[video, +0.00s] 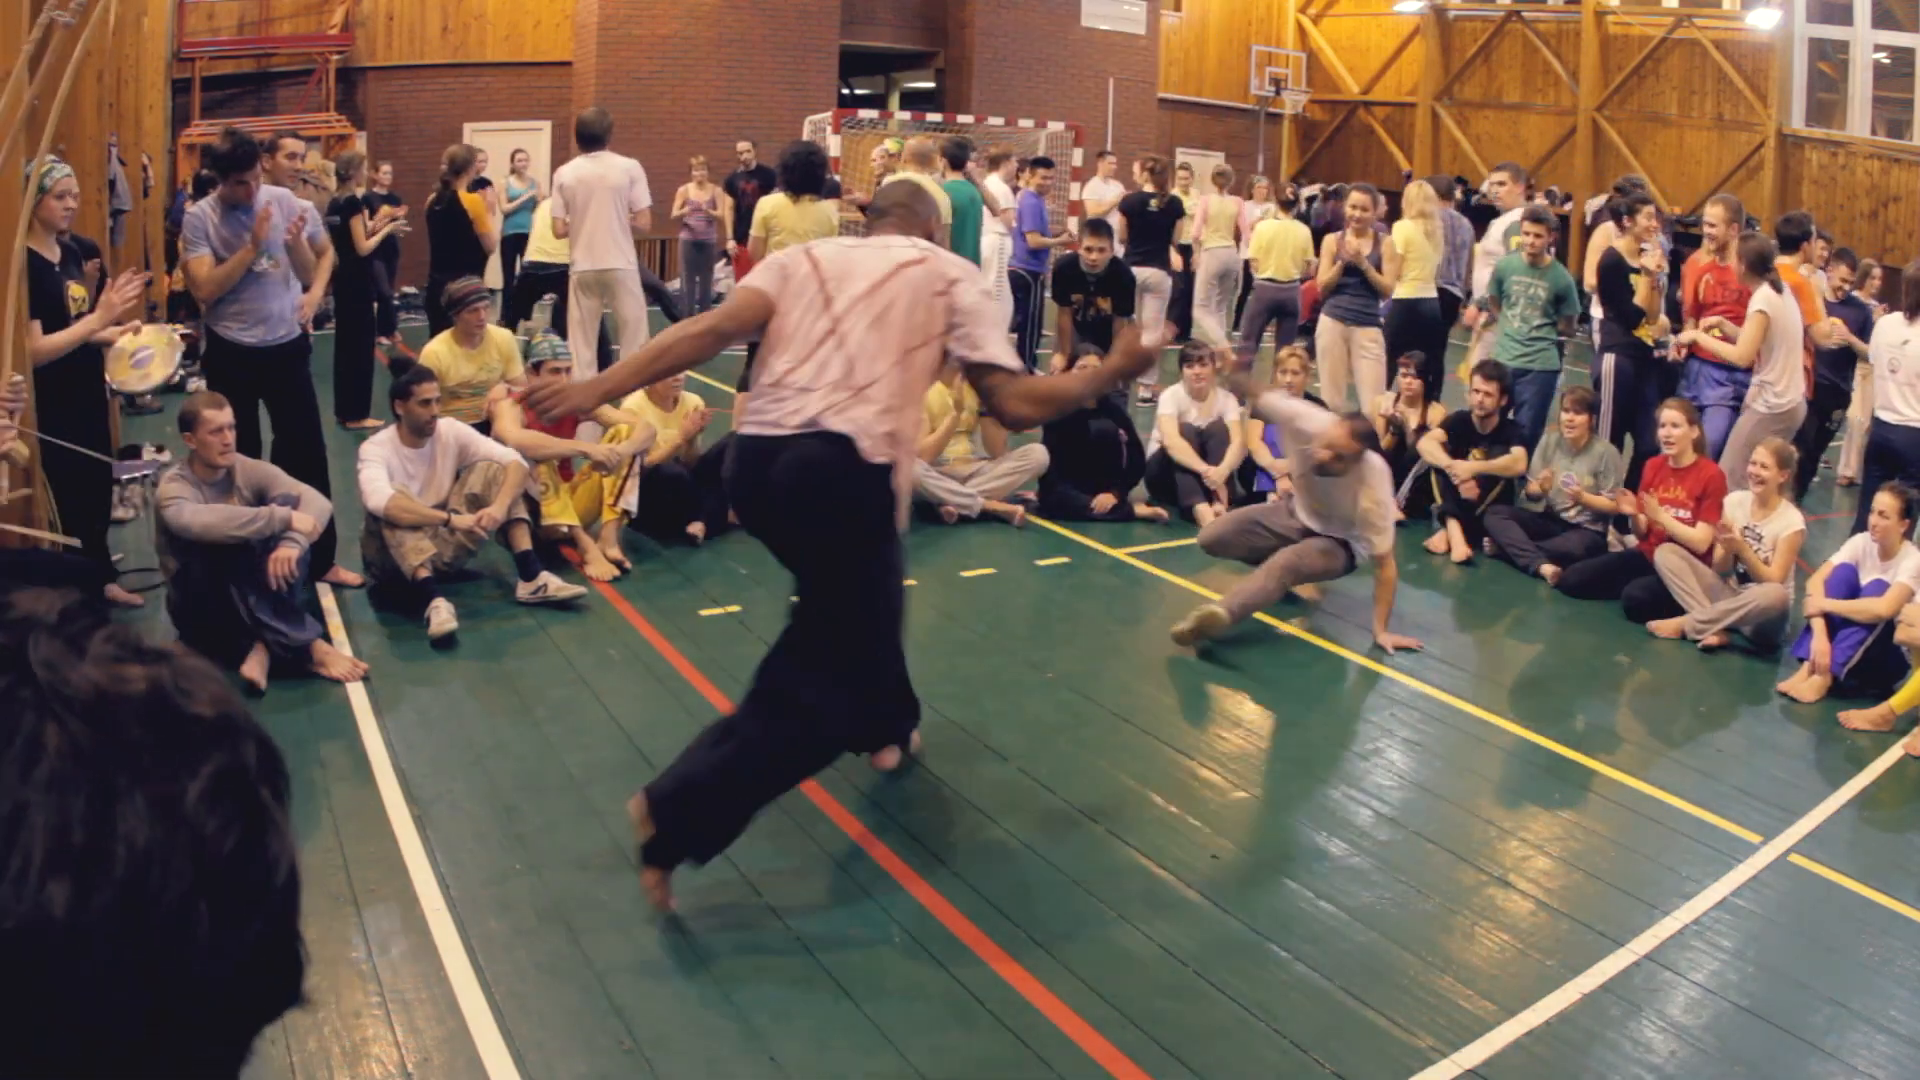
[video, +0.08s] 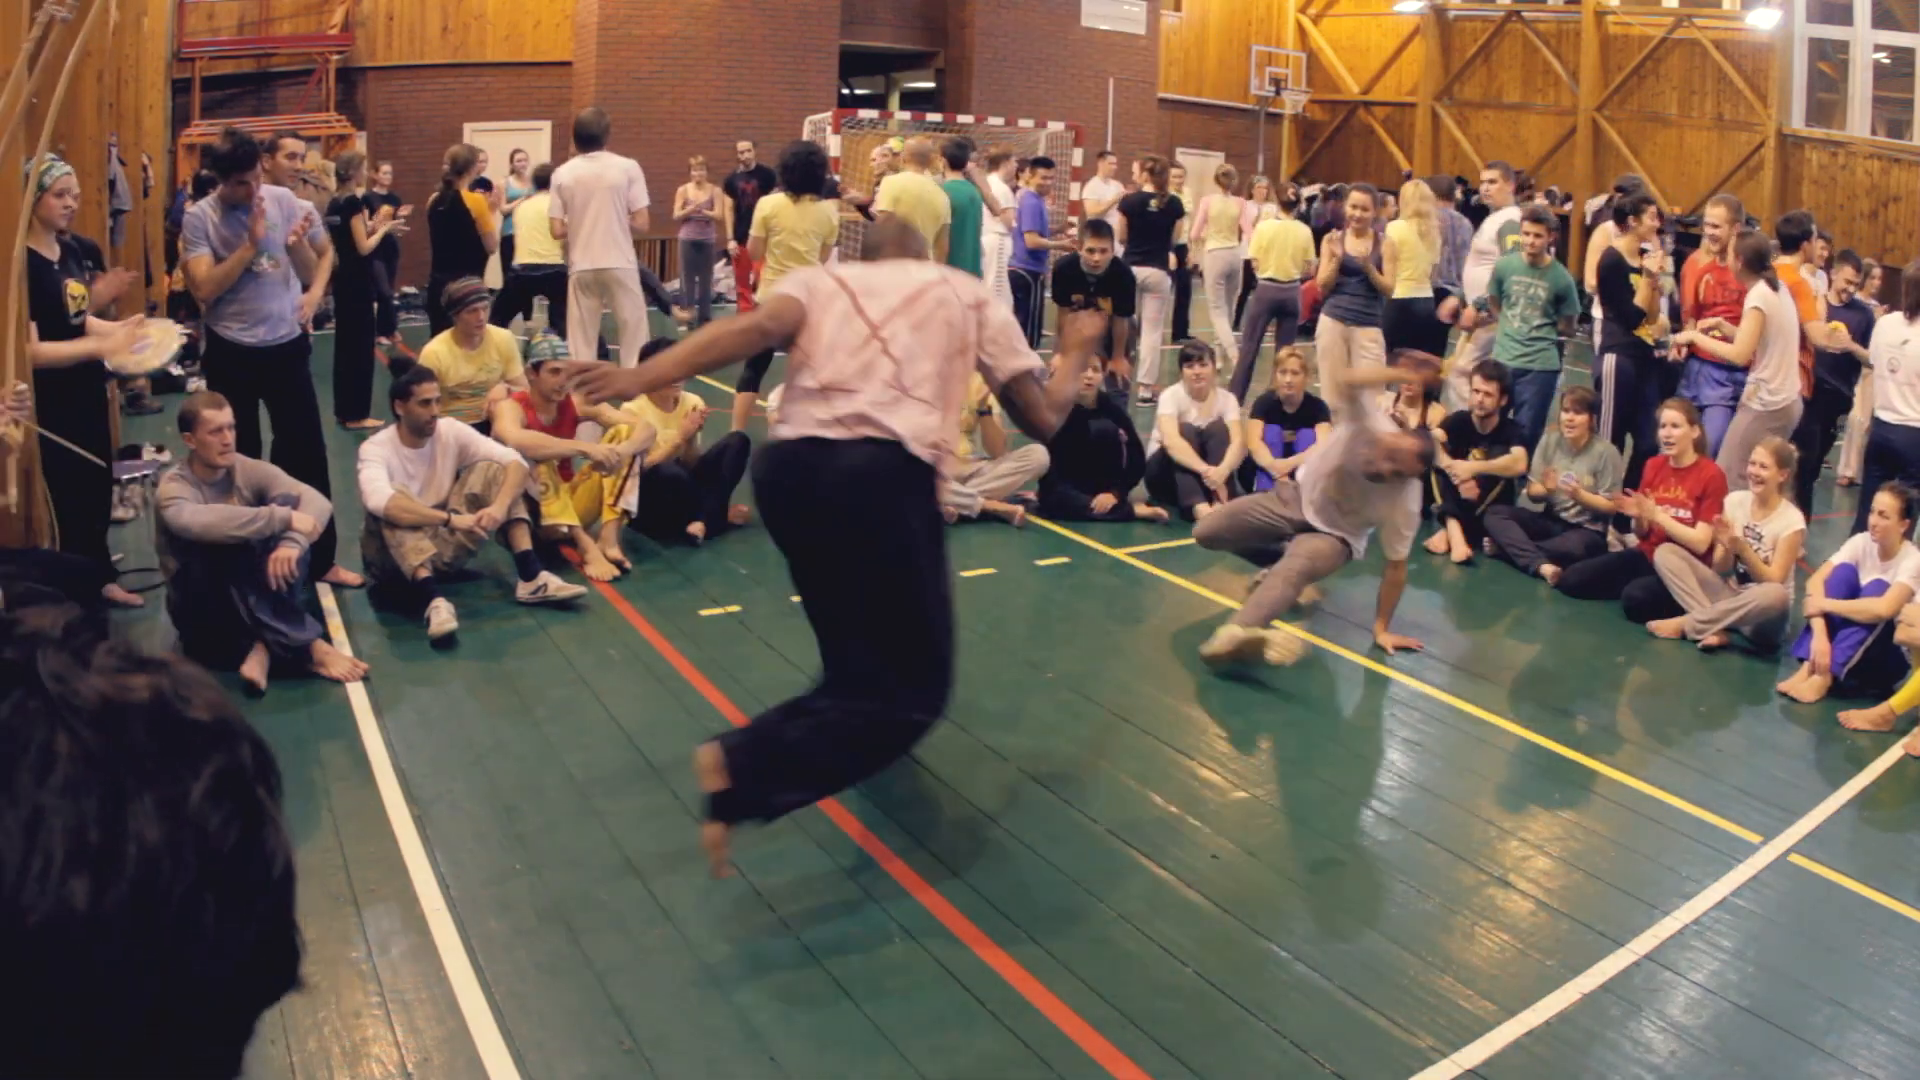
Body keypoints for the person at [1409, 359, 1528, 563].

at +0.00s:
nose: (1480, 399)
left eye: (1488, 394)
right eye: (1476, 392)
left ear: (1503, 400)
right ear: (1469, 393)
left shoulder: (1511, 429)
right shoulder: (1459, 419)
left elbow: (1519, 465)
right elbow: (1425, 444)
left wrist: (1472, 467)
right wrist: (1458, 474)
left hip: (1492, 508)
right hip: (1454, 502)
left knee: (1501, 459)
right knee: (1437, 459)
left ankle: (1448, 529)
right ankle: (1454, 530)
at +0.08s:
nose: (1479, 400)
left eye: (1487, 395)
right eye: (1475, 392)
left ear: (1503, 400)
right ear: (1469, 392)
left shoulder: (1511, 429)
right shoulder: (1457, 420)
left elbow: (1519, 464)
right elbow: (1432, 441)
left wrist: (1471, 468)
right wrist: (1459, 475)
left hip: (1491, 508)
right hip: (1454, 499)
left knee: (1501, 461)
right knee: (1435, 463)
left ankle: (1448, 528)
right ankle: (1454, 529)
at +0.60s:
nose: (1480, 399)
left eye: (1488, 394)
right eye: (1476, 392)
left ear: (1503, 400)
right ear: (1469, 392)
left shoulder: (1512, 429)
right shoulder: (1459, 419)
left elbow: (1518, 465)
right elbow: (1425, 444)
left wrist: (1470, 467)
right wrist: (1452, 466)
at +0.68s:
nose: (1480, 400)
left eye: (1488, 394)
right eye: (1476, 392)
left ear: (1503, 400)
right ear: (1470, 393)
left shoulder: (1511, 429)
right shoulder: (1458, 419)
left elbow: (1519, 464)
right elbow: (1425, 444)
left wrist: (1472, 468)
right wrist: (1455, 470)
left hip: (1496, 503)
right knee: (1436, 458)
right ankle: (1451, 523)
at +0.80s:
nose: (1480, 400)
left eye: (1488, 394)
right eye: (1476, 392)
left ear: (1503, 400)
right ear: (1470, 392)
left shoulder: (1512, 428)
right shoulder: (1460, 424)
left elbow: (1519, 465)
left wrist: (1473, 471)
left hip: (1495, 506)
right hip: (1455, 498)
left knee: (1501, 471)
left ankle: (1447, 530)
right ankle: (1455, 533)